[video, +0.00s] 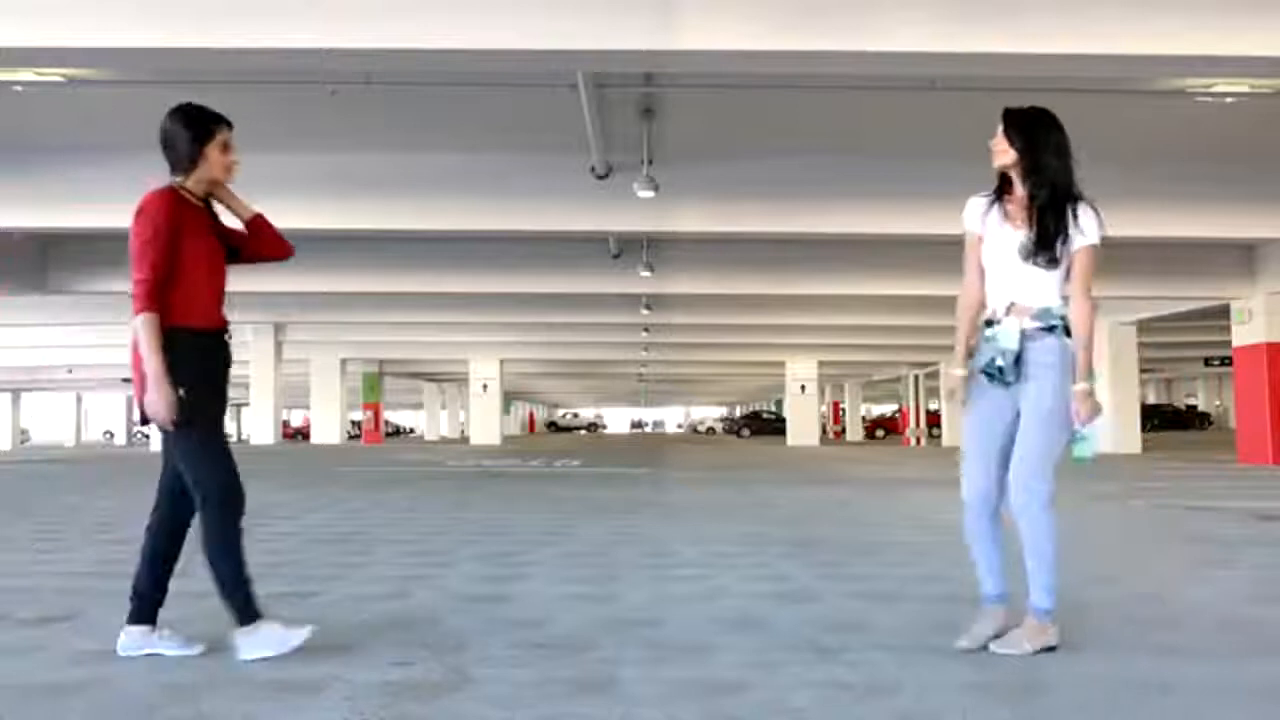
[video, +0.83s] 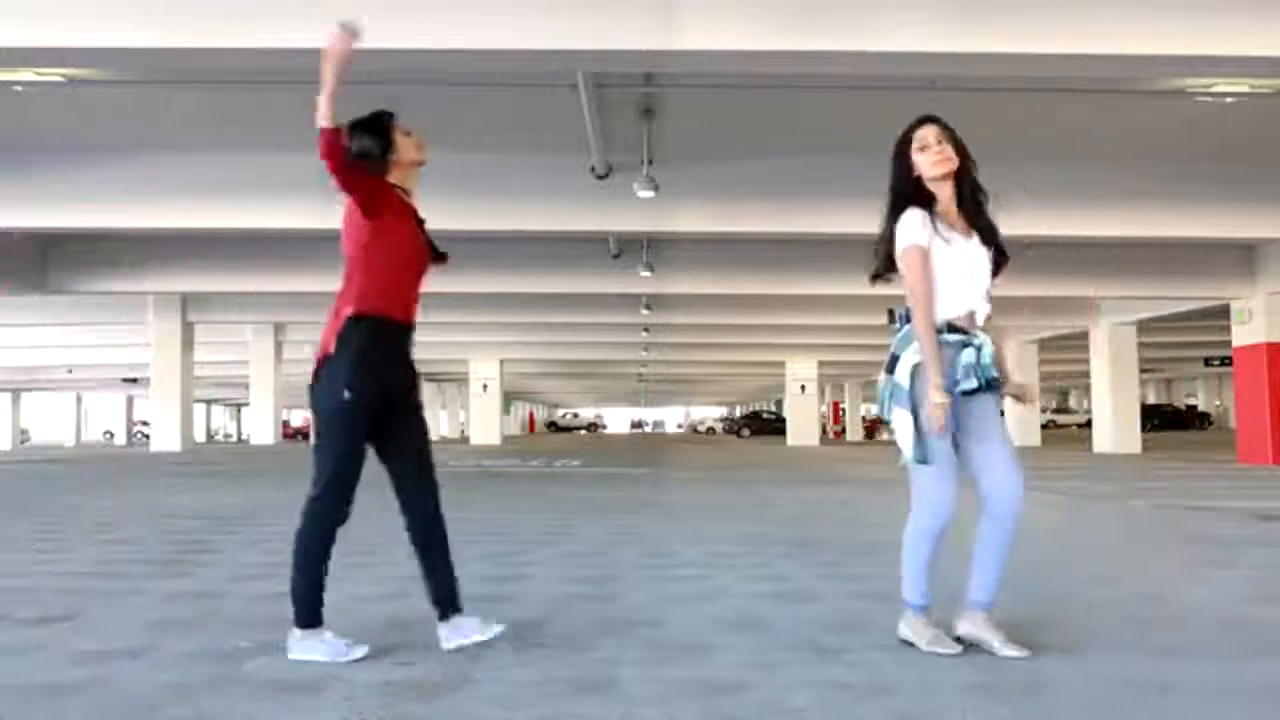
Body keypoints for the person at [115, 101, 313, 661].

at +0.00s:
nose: (234, 158)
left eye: (232, 147)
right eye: (226, 147)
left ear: (206, 154)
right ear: (196, 152)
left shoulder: (208, 224)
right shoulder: (159, 209)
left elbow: (277, 249)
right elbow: (144, 297)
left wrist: (231, 199)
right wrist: (156, 380)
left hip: (208, 358)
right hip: (175, 358)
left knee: (176, 499)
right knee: (220, 492)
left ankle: (140, 626)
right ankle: (250, 627)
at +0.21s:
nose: (275, 157)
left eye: (272, 147)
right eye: (266, 148)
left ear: (241, 159)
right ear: (239, 156)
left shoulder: (248, 220)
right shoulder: (211, 212)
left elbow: (302, 283)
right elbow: (203, 305)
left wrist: (275, 225)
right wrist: (214, 387)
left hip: (258, 362)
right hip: (230, 364)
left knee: (210, 500)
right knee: (265, 496)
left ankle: (144, 618)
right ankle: (303, 630)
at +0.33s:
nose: (299, 150)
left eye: (296, 140)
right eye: (289, 141)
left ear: (266, 151)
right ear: (261, 151)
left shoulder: (272, 214)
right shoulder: (238, 211)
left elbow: (300, 302)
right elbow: (236, 305)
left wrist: (307, 247)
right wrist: (276, 376)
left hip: (290, 359)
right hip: (259, 362)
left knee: (269, 499)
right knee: (279, 499)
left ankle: (169, 599)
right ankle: (304, 630)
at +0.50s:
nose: (333, 151)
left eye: (329, 142)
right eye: (324, 142)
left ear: (294, 152)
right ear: (298, 150)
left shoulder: (297, 213)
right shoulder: (271, 207)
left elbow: (312, 296)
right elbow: (300, 289)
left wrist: (367, 300)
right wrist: (355, 322)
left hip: (321, 356)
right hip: (291, 356)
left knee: (348, 495)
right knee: (295, 493)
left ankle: (257, 587)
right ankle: (304, 630)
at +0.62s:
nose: (359, 152)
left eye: (356, 143)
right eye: (350, 142)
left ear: (323, 151)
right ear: (321, 148)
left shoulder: (335, 220)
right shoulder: (288, 203)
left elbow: (390, 271)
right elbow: (337, 226)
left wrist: (453, 272)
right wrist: (409, 225)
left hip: (344, 361)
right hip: (304, 360)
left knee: (385, 482)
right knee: (304, 494)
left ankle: (351, 614)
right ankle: (304, 631)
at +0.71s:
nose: (376, 145)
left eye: (375, 135)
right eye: (367, 136)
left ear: (336, 147)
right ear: (341, 144)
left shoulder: (354, 216)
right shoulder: (317, 199)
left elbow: (394, 250)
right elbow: (360, 161)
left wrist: (446, 235)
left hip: (359, 359)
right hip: (321, 357)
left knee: (397, 486)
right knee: (309, 495)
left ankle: (410, 616)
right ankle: (304, 631)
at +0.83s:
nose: (417, 135)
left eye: (409, 128)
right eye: (405, 131)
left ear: (393, 151)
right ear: (383, 149)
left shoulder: (404, 213)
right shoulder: (372, 194)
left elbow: (391, 277)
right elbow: (332, 150)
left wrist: (424, 263)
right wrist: (332, 73)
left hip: (392, 358)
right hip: (352, 354)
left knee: (421, 497)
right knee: (330, 495)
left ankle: (452, 619)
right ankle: (306, 630)